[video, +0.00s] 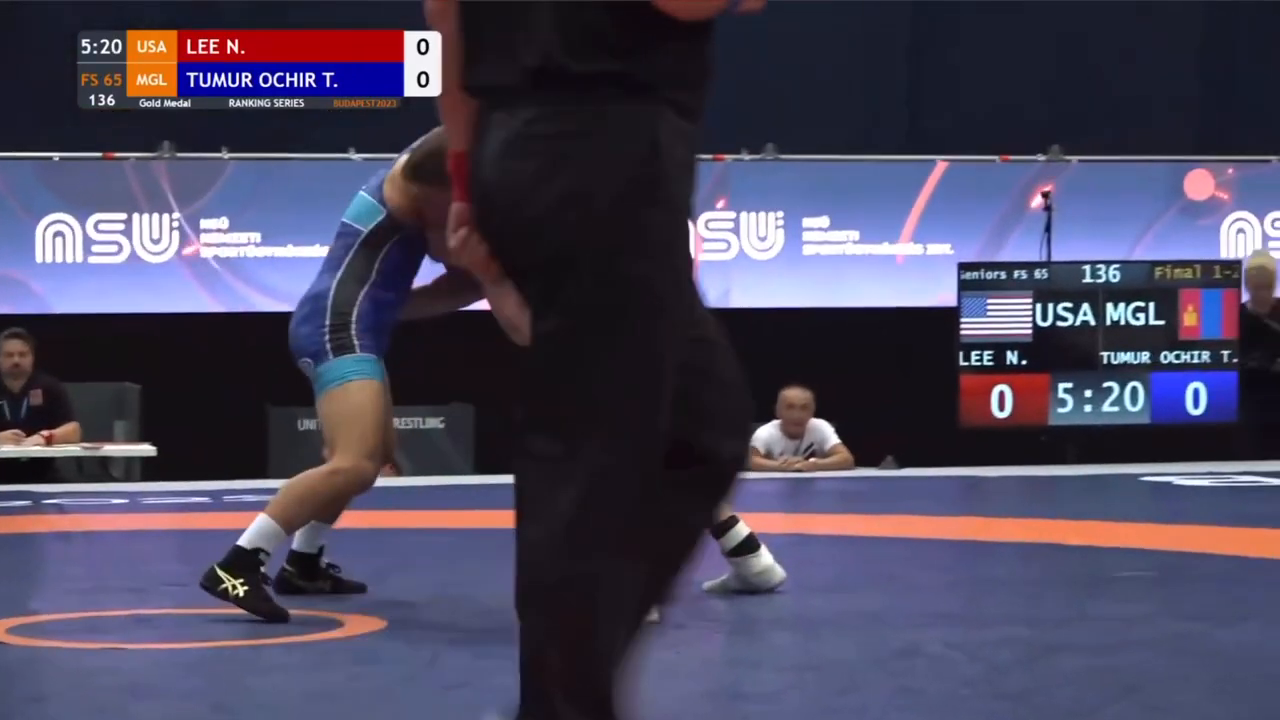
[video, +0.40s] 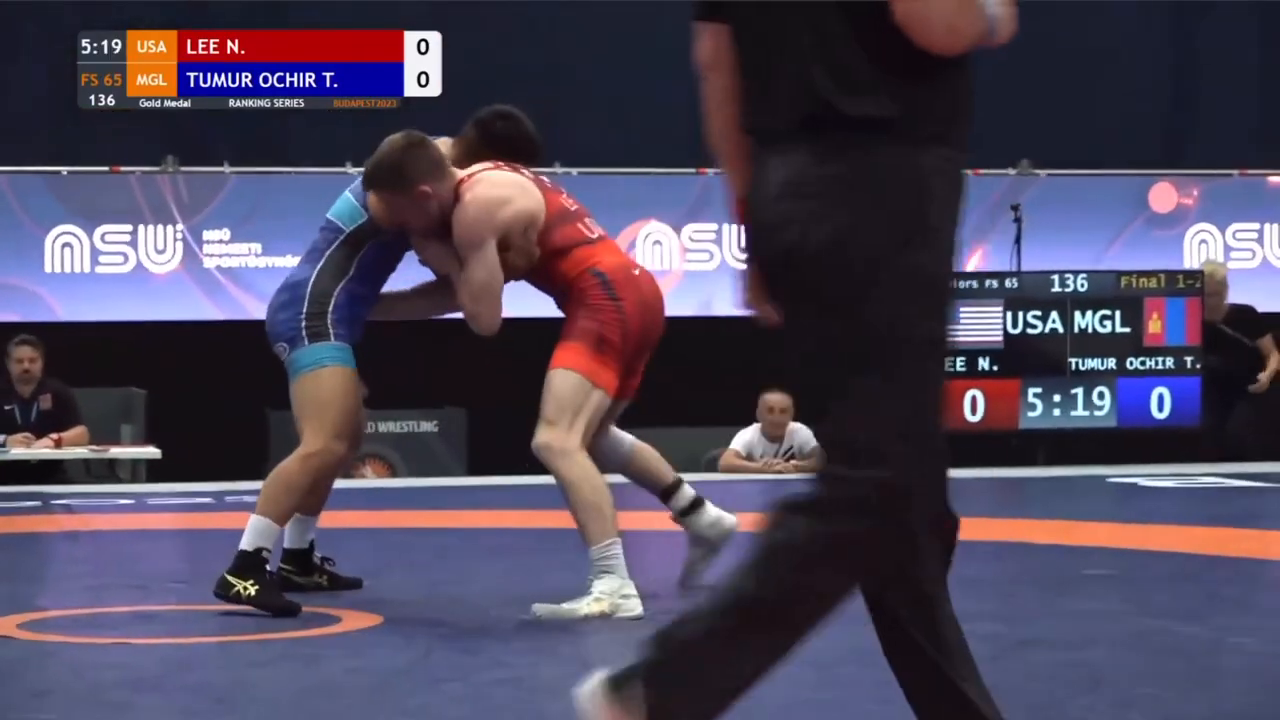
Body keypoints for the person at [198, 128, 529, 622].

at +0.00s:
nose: (452, 214)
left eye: (458, 202)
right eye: (453, 201)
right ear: (437, 179)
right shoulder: (410, 184)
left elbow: (394, 305)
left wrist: (484, 279)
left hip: (354, 330)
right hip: (338, 327)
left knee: (372, 455)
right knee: (354, 462)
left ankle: (303, 560)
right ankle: (240, 563)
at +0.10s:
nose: (460, 210)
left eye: (459, 203)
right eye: (451, 204)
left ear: (458, 179)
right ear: (440, 186)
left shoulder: (421, 172)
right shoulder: (403, 185)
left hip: (349, 322)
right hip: (328, 318)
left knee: (368, 446)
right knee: (347, 452)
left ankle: (297, 561)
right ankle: (241, 568)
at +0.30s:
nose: (496, 180)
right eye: (503, 170)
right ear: (488, 157)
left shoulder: (418, 157)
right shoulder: (403, 178)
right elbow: (444, 258)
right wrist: (507, 265)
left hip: (327, 312)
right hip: (314, 313)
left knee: (341, 441)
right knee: (330, 445)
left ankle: (294, 556)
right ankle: (245, 565)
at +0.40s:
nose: (507, 183)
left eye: (514, 176)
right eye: (507, 175)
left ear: (470, 148)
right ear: (486, 161)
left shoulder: (426, 161)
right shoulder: (417, 178)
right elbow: (446, 264)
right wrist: (509, 262)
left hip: (327, 313)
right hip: (313, 311)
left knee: (343, 438)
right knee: (325, 444)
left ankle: (295, 557)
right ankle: (246, 567)